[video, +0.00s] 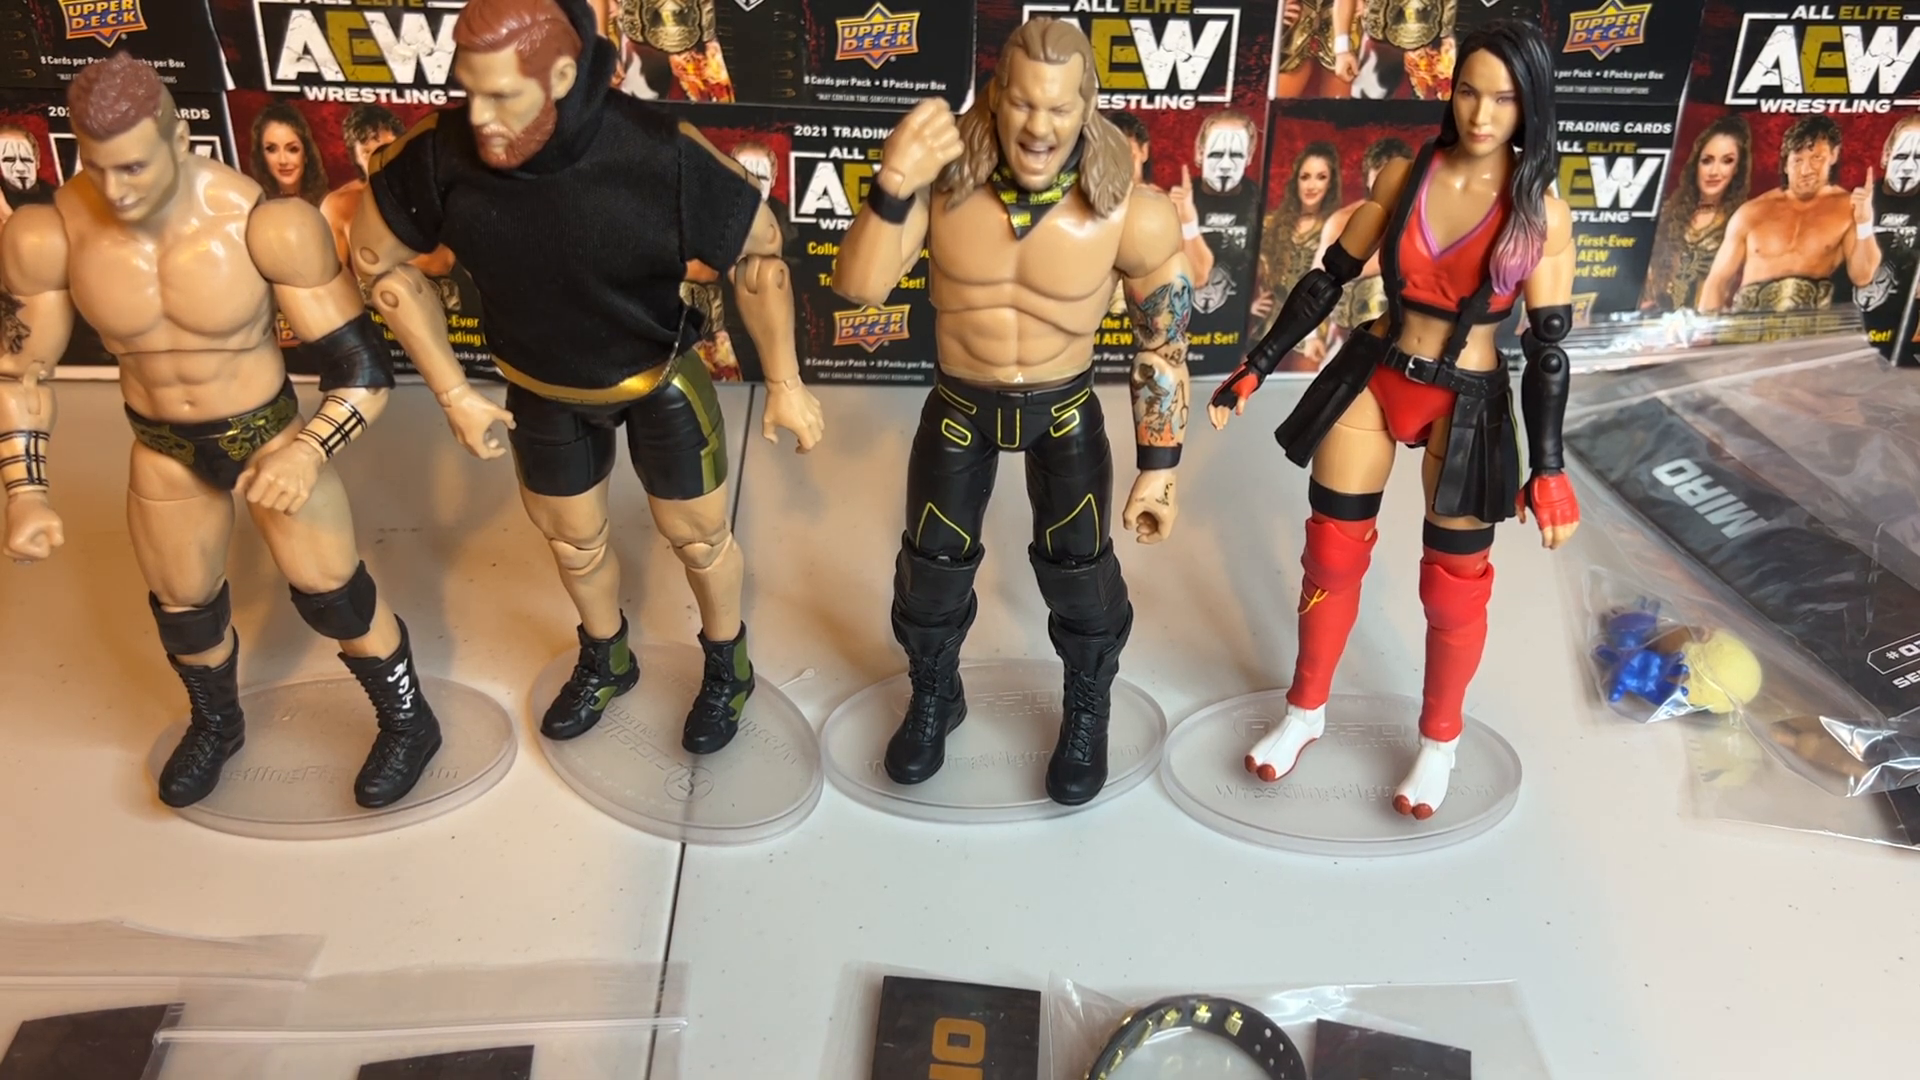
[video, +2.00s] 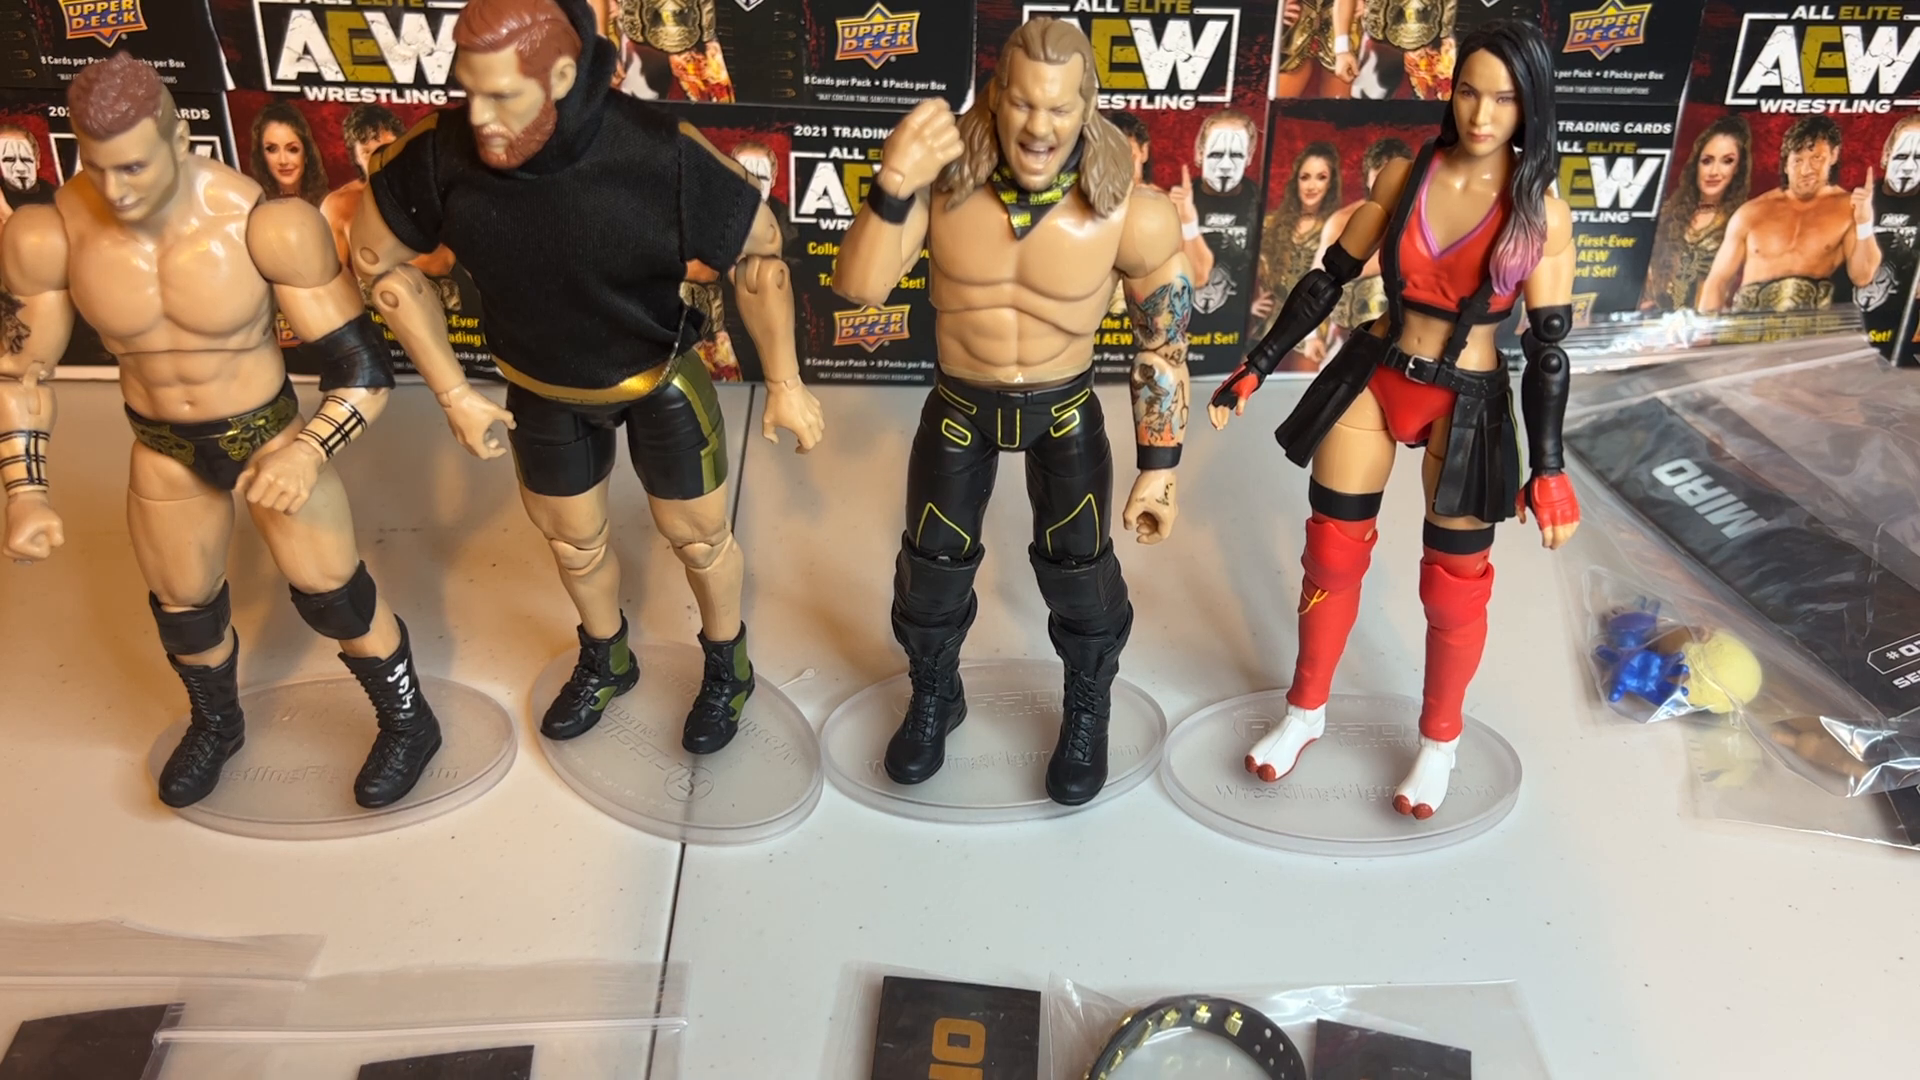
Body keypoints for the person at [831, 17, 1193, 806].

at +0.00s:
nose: (1040, 127)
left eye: (1060, 109)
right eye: (1024, 104)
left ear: (1086, 107)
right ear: (995, 95)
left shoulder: (1129, 207)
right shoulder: (943, 176)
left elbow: (1163, 337)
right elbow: (857, 287)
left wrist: (1161, 463)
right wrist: (892, 190)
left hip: (1064, 408)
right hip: (959, 403)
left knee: (1078, 568)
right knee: (932, 562)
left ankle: (1086, 714)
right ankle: (932, 699)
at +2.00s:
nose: (1039, 127)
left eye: (1060, 109)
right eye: (1024, 104)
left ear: (1086, 106)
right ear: (995, 95)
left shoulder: (1129, 207)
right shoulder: (943, 176)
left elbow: (1163, 338)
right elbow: (858, 288)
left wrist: (1161, 464)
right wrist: (892, 190)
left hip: (1064, 408)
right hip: (959, 403)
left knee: (1078, 568)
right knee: (932, 562)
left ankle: (1086, 713)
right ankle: (932, 699)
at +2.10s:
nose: (1040, 127)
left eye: (1060, 109)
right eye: (1024, 104)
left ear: (1087, 106)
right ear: (995, 95)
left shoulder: (1129, 207)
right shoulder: (944, 176)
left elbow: (1162, 338)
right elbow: (858, 286)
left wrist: (1161, 464)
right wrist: (892, 189)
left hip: (1064, 407)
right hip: (959, 403)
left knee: (1078, 569)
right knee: (932, 563)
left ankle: (1086, 713)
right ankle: (932, 699)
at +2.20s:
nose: (1039, 127)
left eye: (1060, 109)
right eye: (1024, 104)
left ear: (1086, 106)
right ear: (995, 95)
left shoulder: (1129, 207)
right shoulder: (943, 176)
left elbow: (1163, 337)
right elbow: (858, 287)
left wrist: (1161, 463)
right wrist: (892, 189)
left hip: (1064, 408)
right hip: (959, 403)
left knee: (1078, 568)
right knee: (932, 562)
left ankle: (1086, 713)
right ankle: (932, 699)